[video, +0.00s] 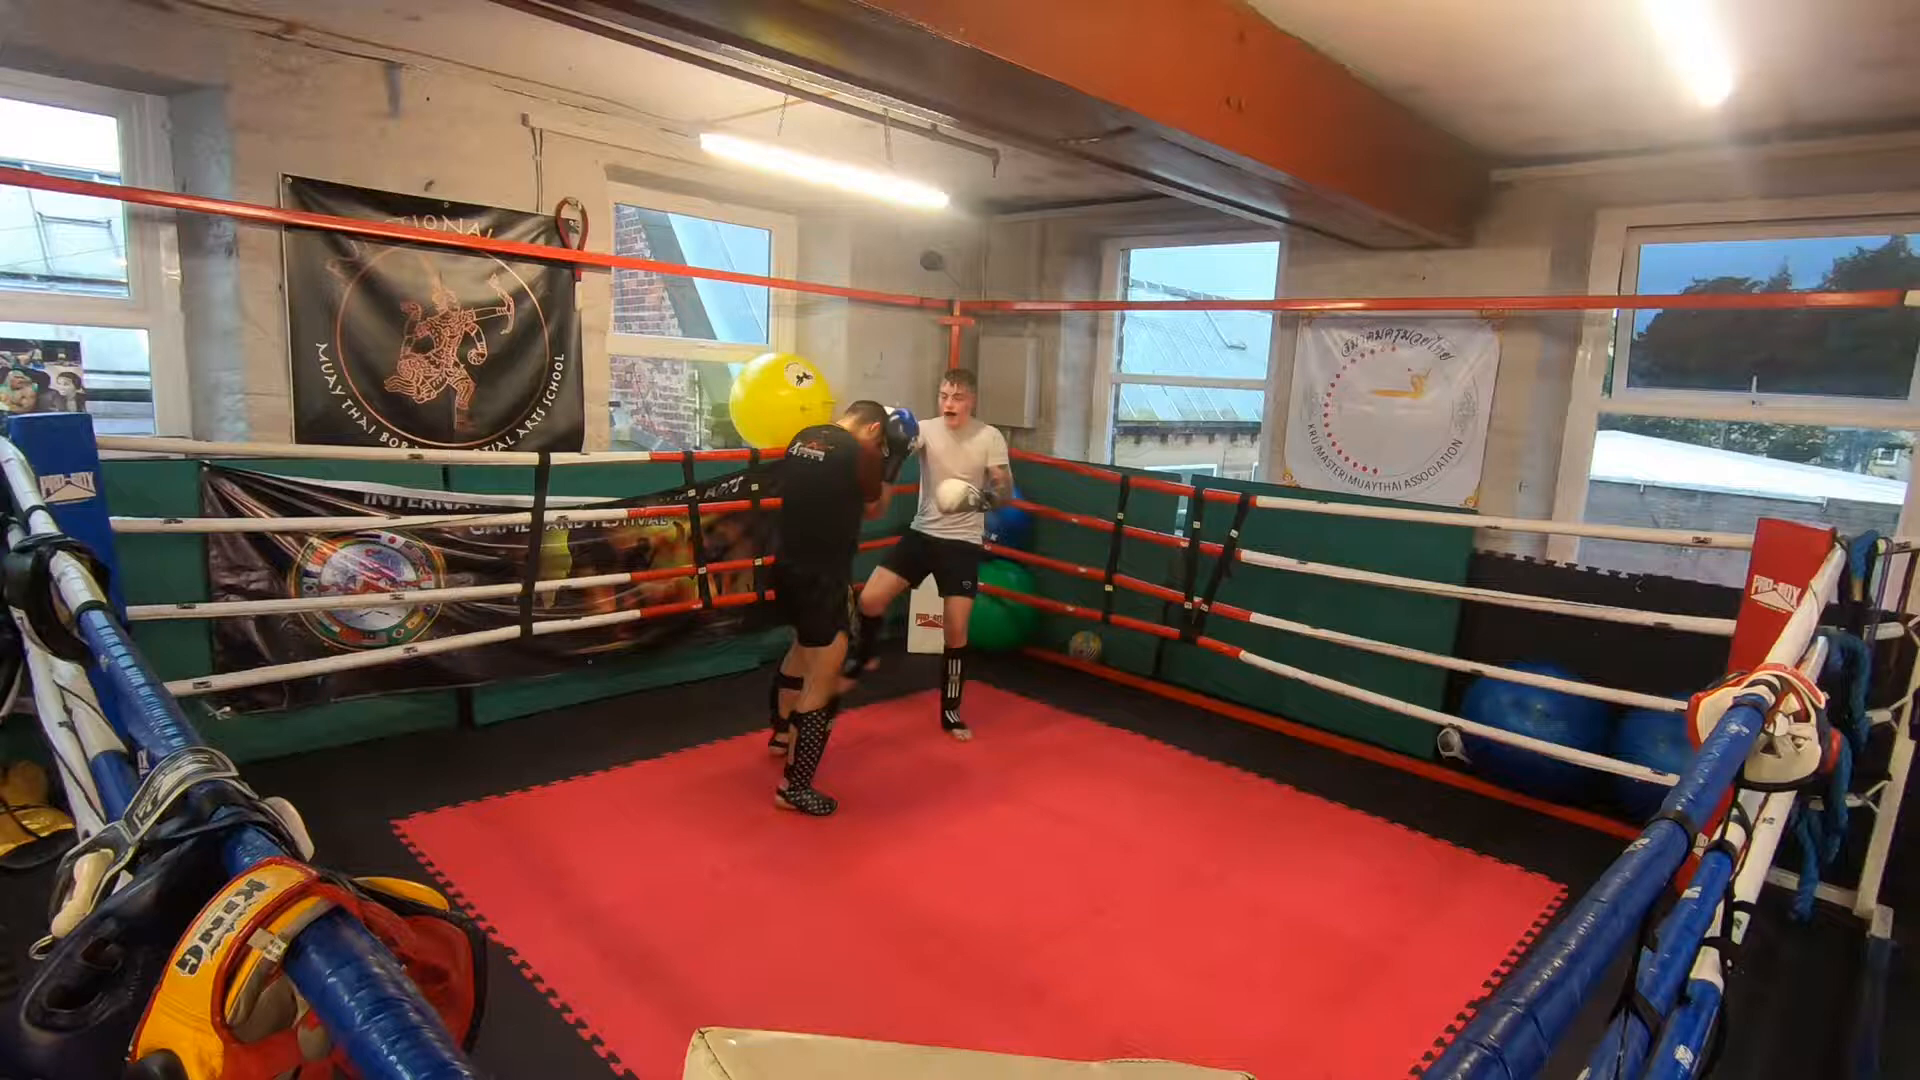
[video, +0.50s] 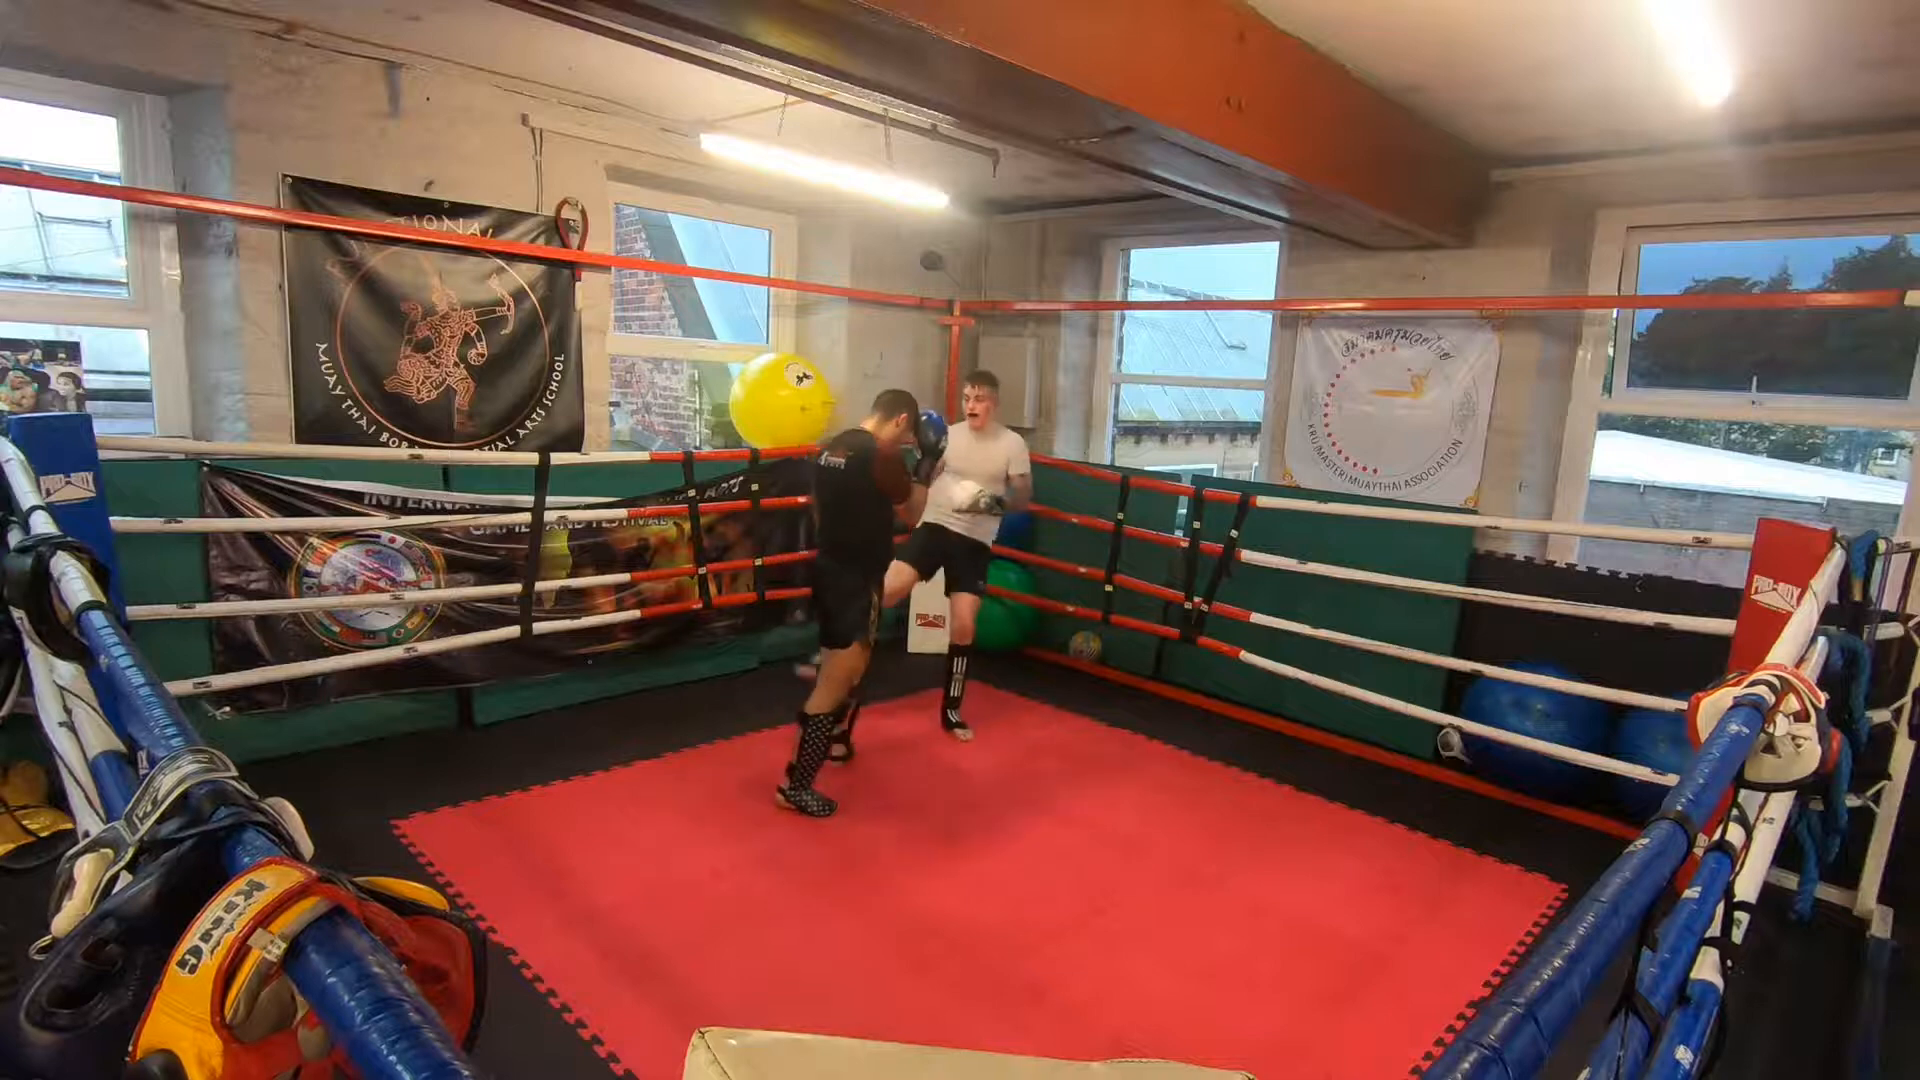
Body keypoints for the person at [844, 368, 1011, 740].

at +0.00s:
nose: (950, 403)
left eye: (958, 397)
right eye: (945, 396)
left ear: (973, 400)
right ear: (939, 397)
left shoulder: (990, 438)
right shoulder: (926, 430)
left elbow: (1005, 495)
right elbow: (891, 469)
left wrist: (991, 492)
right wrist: (895, 443)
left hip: (963, 541)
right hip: (921, 534)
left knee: (956, 629)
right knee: (870, 599)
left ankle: (951, 713)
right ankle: (862, 659)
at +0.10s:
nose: (958, 403)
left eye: (966, 397)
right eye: (953, 396)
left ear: (980, 398)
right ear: (947, 397)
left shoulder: (999, 437)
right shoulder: (934, 428)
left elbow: (1013, 494)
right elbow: (905, 450)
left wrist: (992, 495)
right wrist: (900, 441)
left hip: (965, 540)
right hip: (923, 530)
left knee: (962, 629)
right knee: (870, 589)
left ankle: (951, 712)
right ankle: (831, 658)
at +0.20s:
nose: (971, 406)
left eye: (978, 399)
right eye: (965, 399)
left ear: (992, 402)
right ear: (959, 399)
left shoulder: (1006, 440)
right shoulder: (942, 432)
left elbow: (1018, 495)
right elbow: (905, 468)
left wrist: (1006, 484)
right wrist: (904, 452)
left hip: (967, 539)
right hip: (930, 525)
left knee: (965, 628)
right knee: (892, 572)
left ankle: (951, 711)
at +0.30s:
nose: (976, 410)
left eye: (983, 404)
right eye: (971, 403)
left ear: (998, 406)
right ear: (964, 404)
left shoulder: (1010, 446)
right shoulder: (945, 435)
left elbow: (1016, 501)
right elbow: (910, 477)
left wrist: (988, 487)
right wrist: (912, 456)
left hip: (967, 541)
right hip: (935, 520)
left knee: (964, 627)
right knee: (912, 558)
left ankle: (952, 711)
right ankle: (849, 583)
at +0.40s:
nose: (976, 409)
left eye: (983, 403)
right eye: (971, 402)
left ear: (998, 406)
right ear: (965, 404)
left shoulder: (1014, 447)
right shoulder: (947, 435)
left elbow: (1015, 503)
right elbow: (915, 480)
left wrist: (987, 496)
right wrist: (918, 455)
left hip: (968, 542)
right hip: (928, 526)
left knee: (965, 627)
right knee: (886, 571)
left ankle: (951, 710)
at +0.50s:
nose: (972, 405)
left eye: (980, 399)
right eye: (968, 398)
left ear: (994, 402)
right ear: (962, 400)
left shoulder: (1012, 443)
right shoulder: (947, 434)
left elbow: (1022, 499)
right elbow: (924, 481)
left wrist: (990, 501)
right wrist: (928, 457)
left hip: (973, 541)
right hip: (932, 529)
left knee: (964, 626)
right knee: (886, 590)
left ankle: (952, 712)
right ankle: (836, 662)